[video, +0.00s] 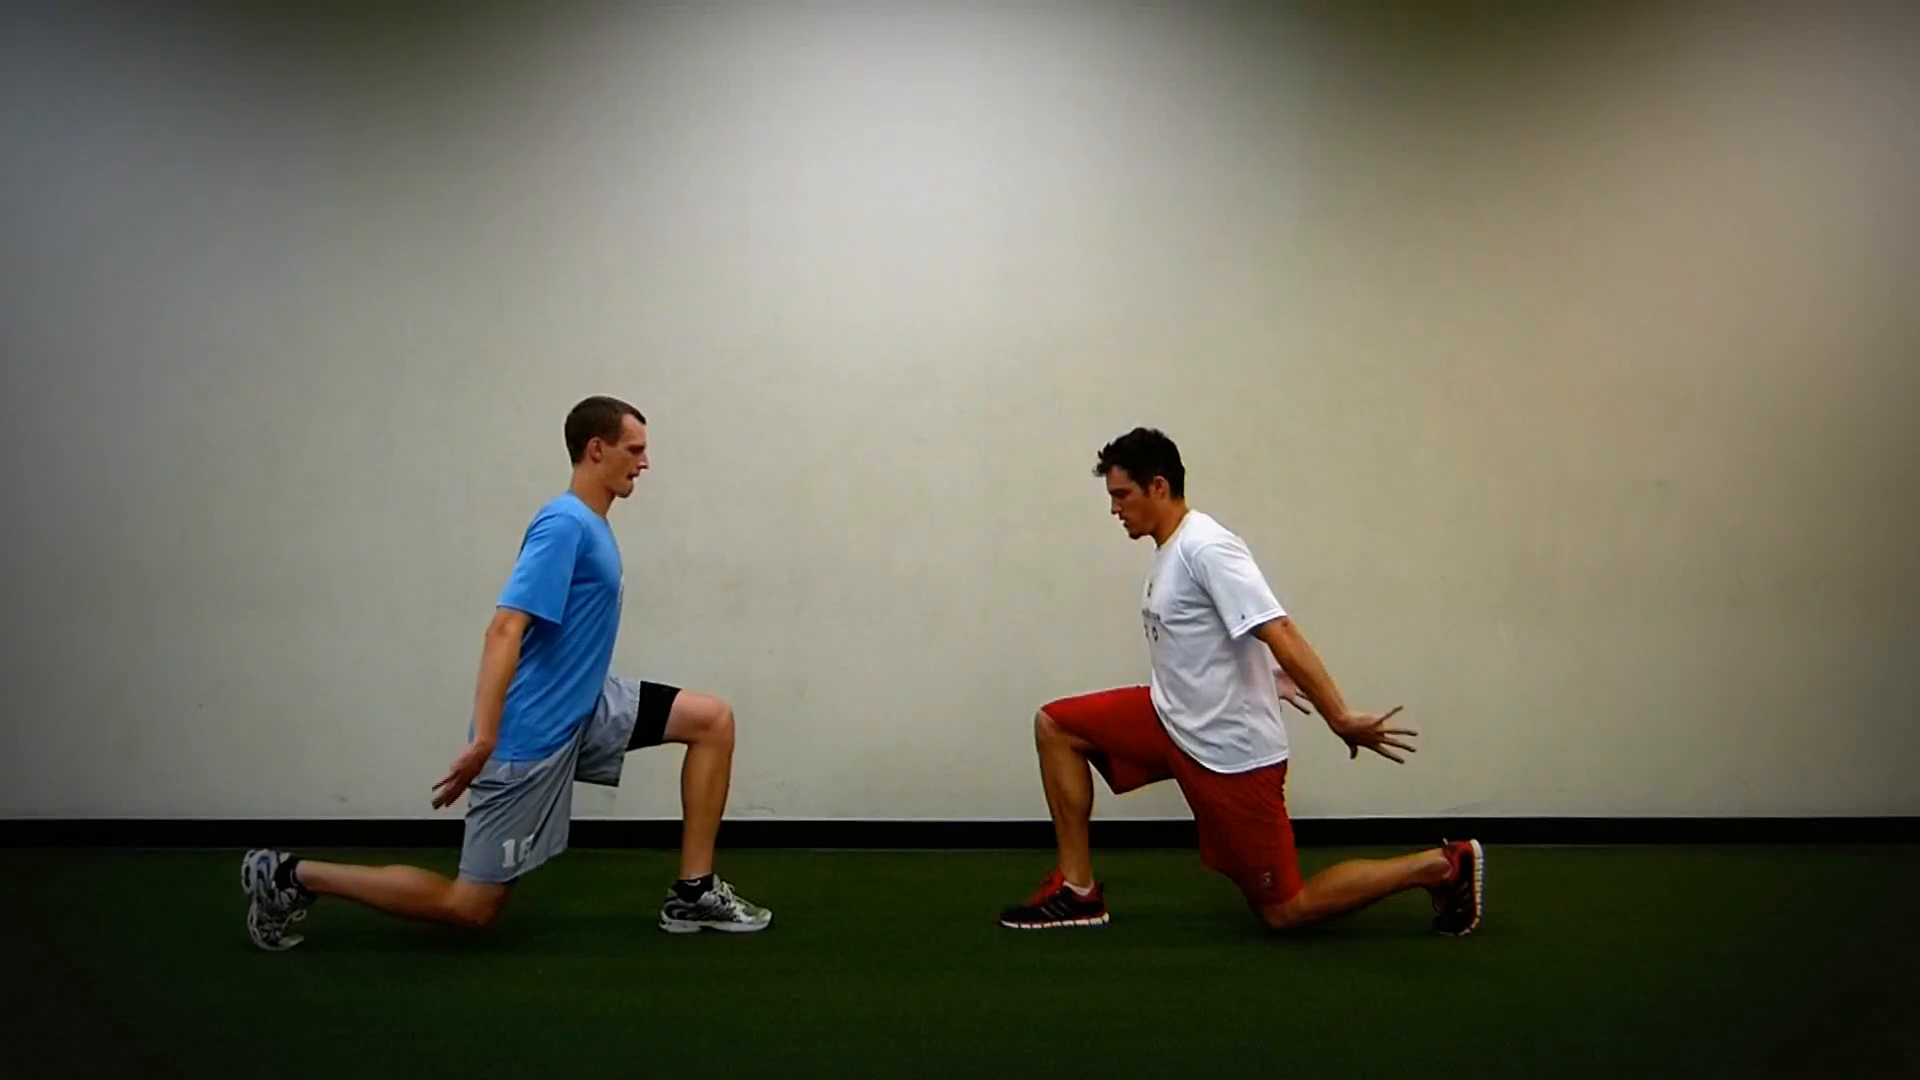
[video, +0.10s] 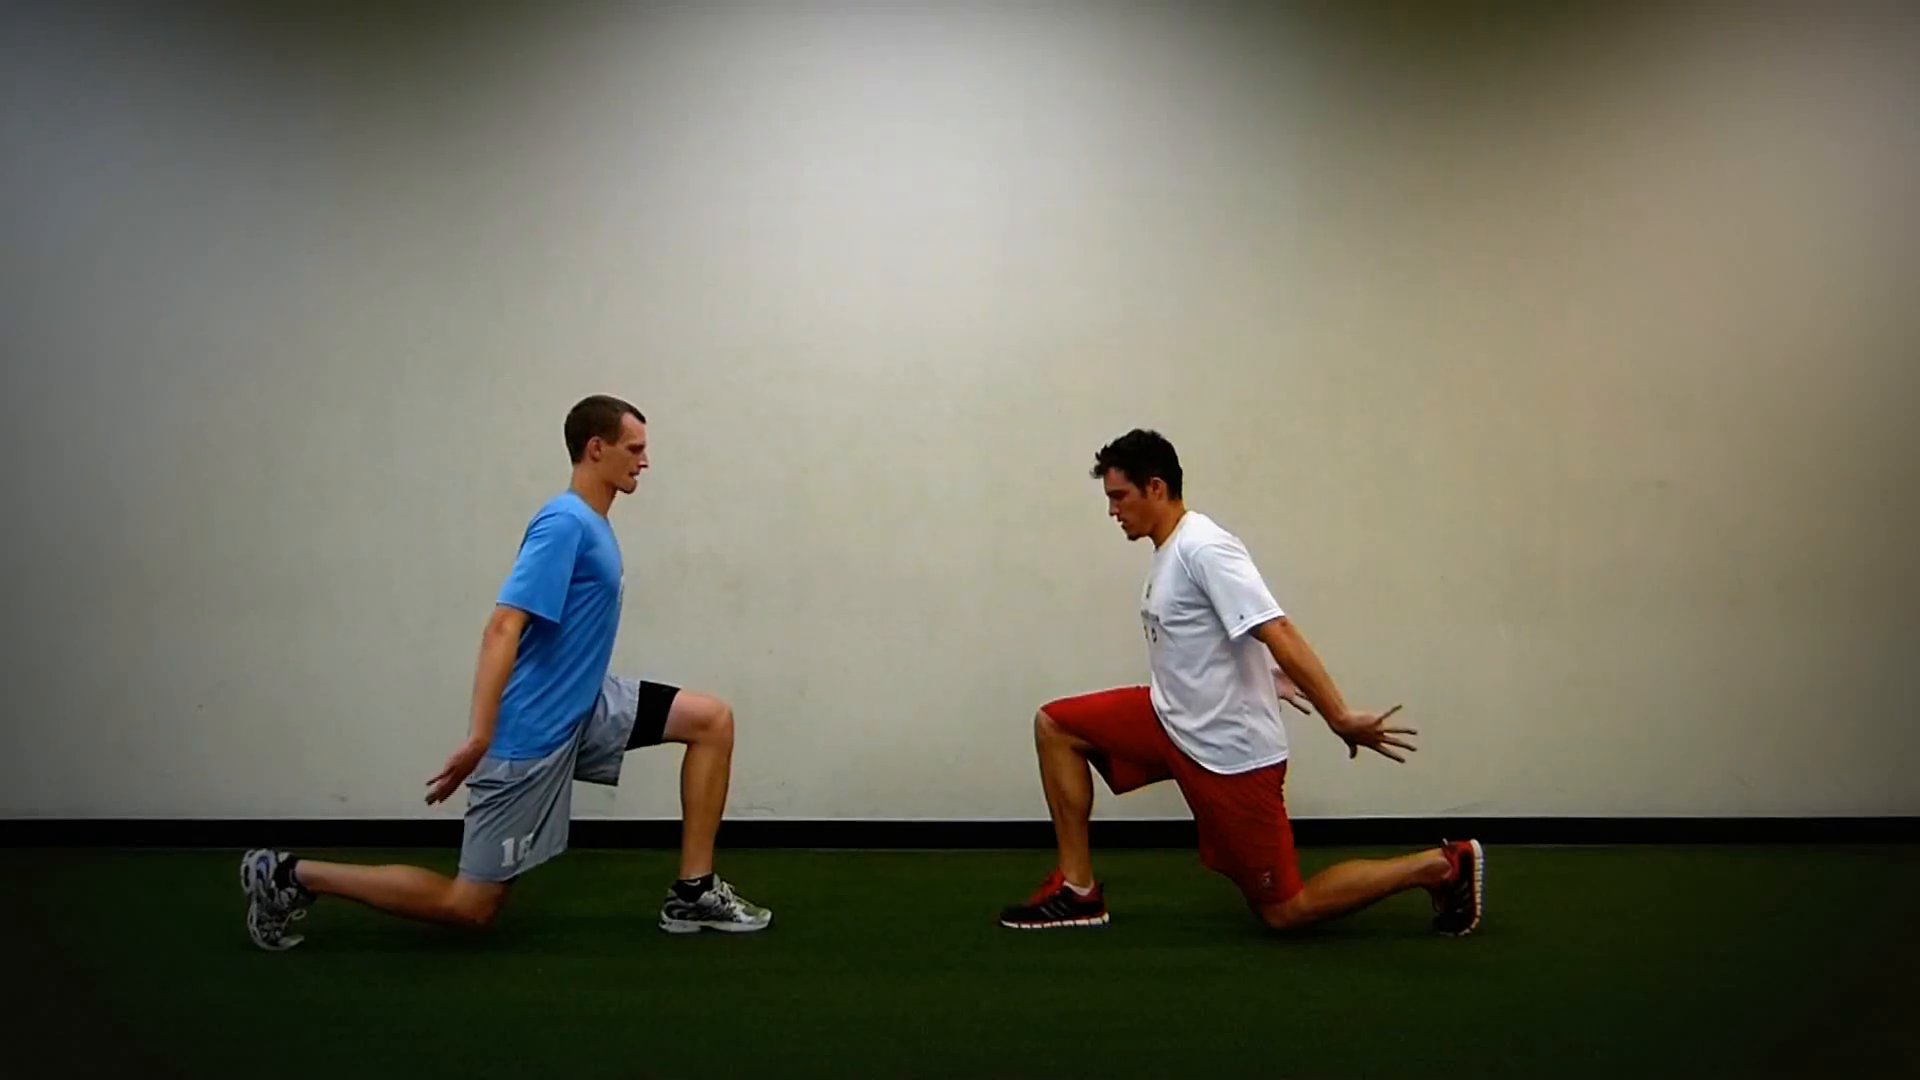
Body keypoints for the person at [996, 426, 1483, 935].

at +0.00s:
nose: (1114, 508)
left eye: (1120, 495)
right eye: (1111, 496)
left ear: (1159, 487)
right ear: (1151, 490)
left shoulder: (1210, 550)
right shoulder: (1173, 549)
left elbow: (1283, 636)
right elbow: (1215, 633)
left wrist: (1340, 718)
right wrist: (1266, 675)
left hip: (1233, 748)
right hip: (1176, 714)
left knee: (1284, 909)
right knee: (1057, 727)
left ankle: (1444, 866)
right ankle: (1077, 888)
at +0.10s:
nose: (1112, 510)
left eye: (1118, 496)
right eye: (1109, 498)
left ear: (1156, 489)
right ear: (1150, 491)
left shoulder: (1208, 550)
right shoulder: (1172, 550)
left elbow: (1281, 636)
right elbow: (1214, 632)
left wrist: (1340, 718)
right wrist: (1265, 673)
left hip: (1233, 748)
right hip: (1176, 715)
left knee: (1284, 909)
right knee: (1057, 727)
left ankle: (1444, 866)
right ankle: (1077, 888)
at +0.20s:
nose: (1110, 511)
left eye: (1116, 498)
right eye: (1107, 499)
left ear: (1154, 490)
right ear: (1149, 491)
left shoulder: (1206, 551)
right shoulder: (1171, 551)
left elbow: (1281, 637)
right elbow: (1214, 633)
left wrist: (1340, 716)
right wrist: (1265, 674)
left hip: (1232, 748)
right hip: (1176, 715)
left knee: (1284, 910)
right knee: (1056, 728)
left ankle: (1444, 866)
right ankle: (1077, 888)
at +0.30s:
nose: (1109, 512)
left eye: (1114, 498)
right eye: (1106, 500)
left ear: (1153, 490)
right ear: (1148, 492)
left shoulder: (1205, 551)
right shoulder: (1170, 551)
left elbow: (1280, 636)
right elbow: (1215, 631)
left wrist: (1340, 715)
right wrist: (1265, 672)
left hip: (1232, 748)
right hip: (1175, 715)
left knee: (1283, 910)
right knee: (1056, 728)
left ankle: (1443, 866)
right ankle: (1077, 888)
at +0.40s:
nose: (1108, 512)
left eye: (1114, 498)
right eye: (1105, 500)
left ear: (1152, 490)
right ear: (1147, 491)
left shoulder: (1204, 551)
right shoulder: (1170, 551)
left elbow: (1279, 634)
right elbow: (1215, 629)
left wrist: (1340, 715)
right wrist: (1263, 672)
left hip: (1232, 748)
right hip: (1175, 715)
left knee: (1283, 910)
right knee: (1056, 727)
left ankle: (1443, 866)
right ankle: (1077, 888)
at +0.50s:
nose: (1107, 512)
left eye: (1112, 499)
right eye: (1104, 500)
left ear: (1150, 491)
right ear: (1145, 492)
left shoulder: (1203, 551)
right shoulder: (1169, 550)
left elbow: (1278, 633)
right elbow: (1220, 625)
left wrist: (1341, 713)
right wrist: (1264, 670)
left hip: (1232, 748)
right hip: (1175, 715)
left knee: (1283, 910)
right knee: (1056, 727)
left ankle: (1443, 866)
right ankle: (1077, 888)